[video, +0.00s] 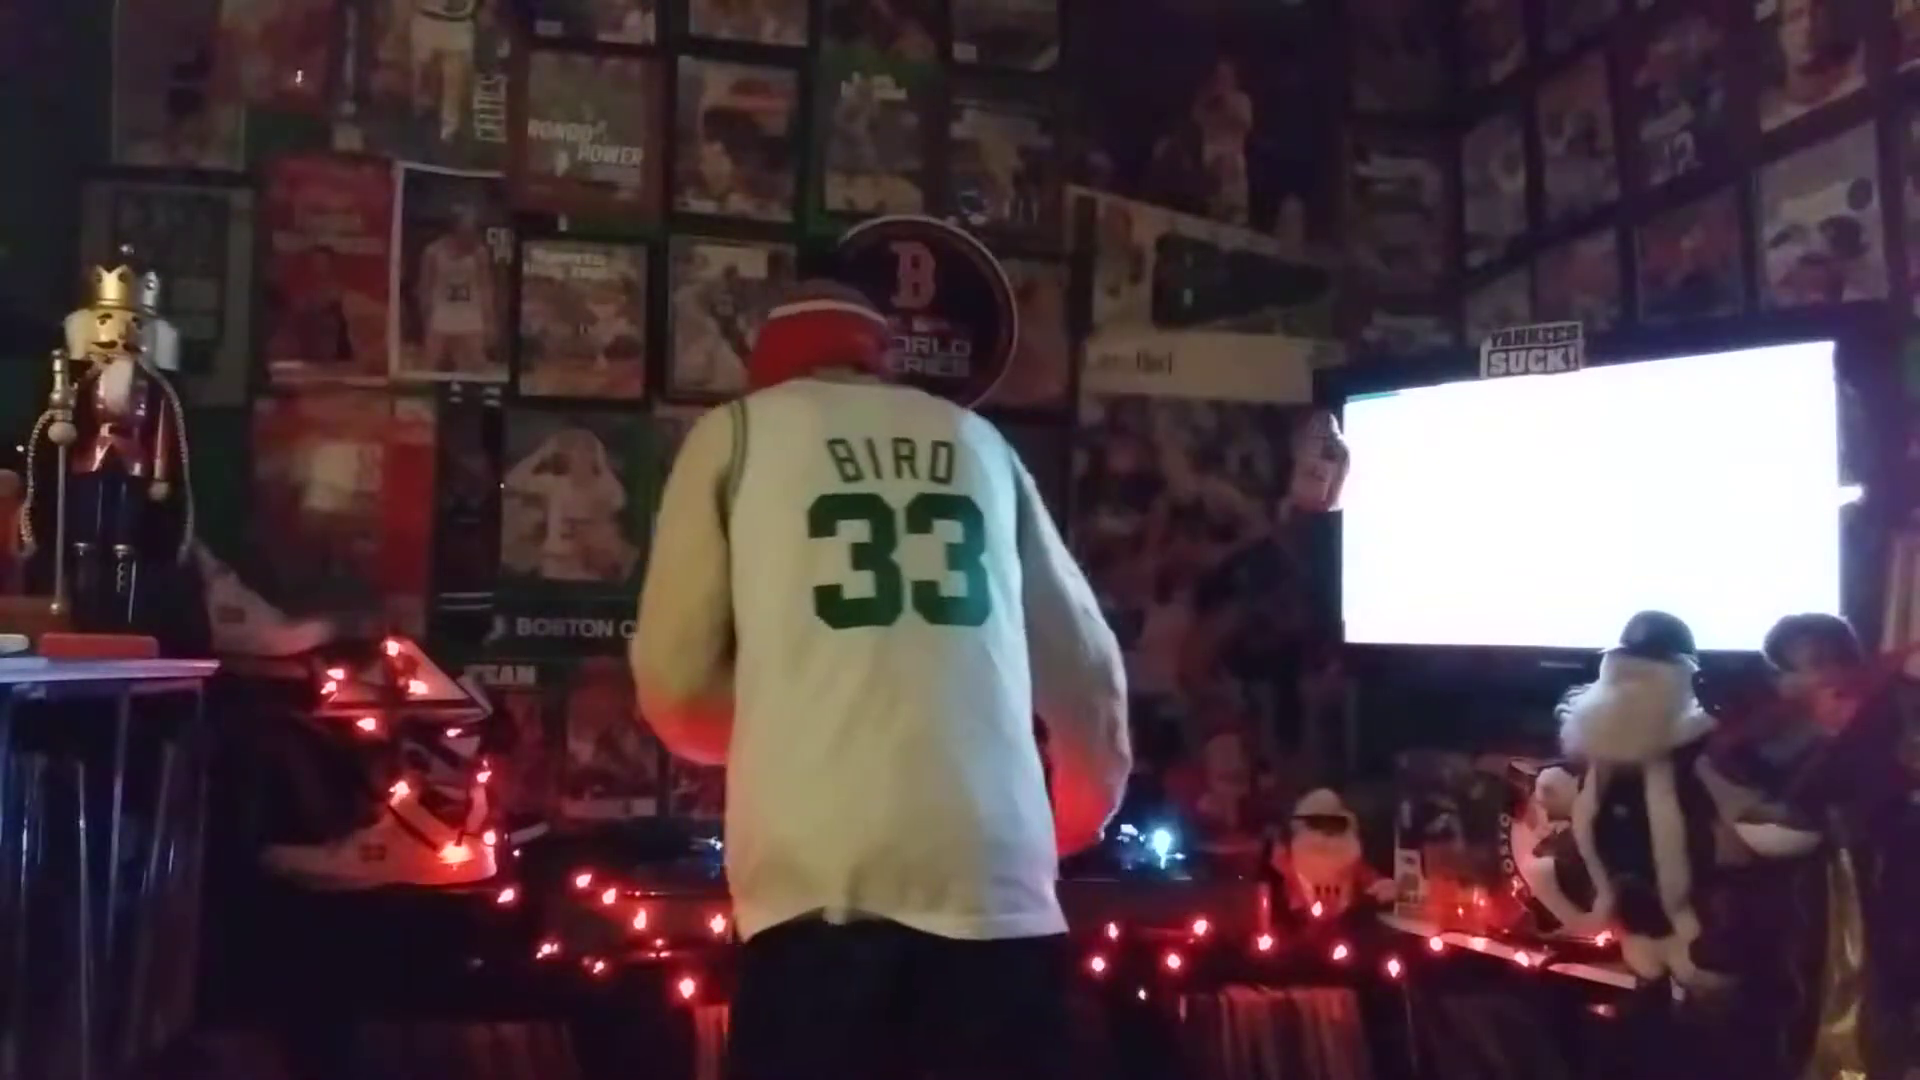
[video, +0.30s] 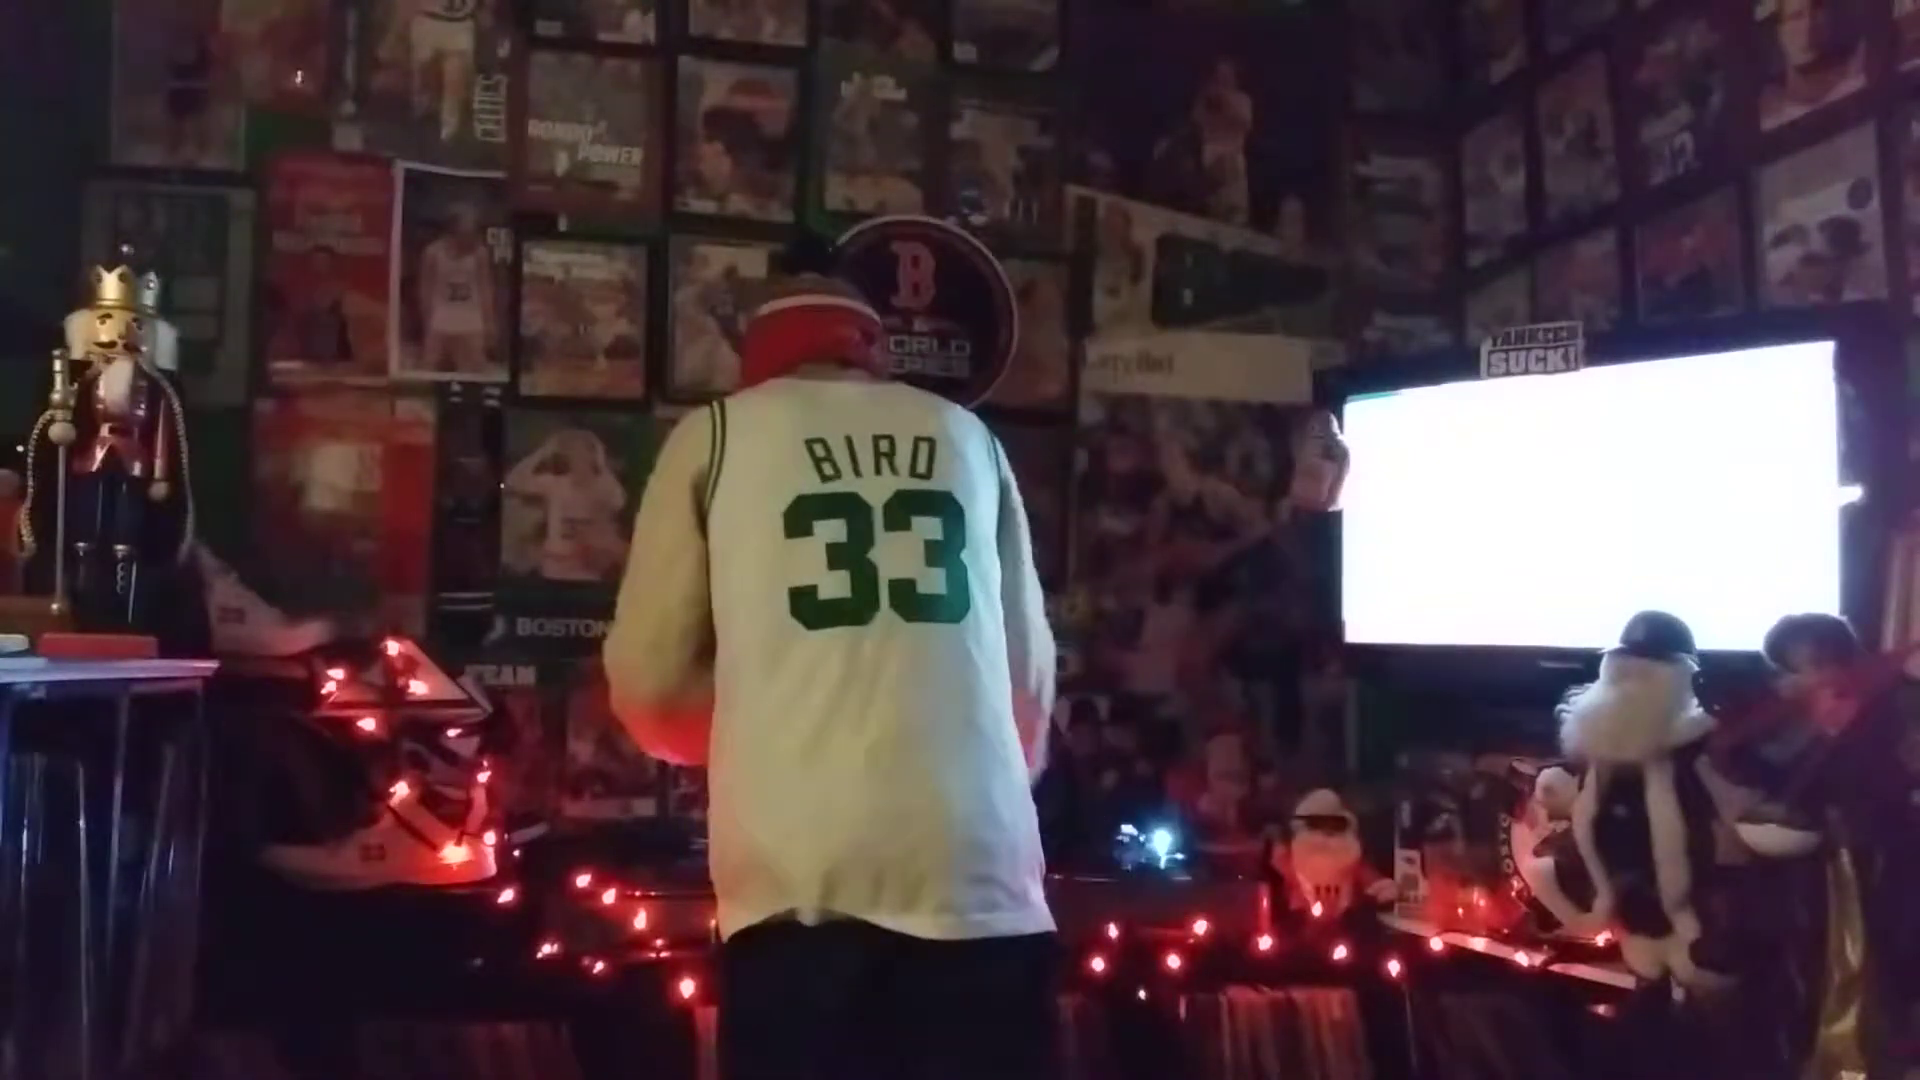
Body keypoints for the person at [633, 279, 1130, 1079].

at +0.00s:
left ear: (768, 361)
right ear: (879, 357)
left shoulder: (730, 435)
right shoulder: (984, 444)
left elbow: (674, 684)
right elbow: (1090, 678)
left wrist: (794, 731)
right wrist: (1052, 835)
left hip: (814, 901)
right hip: (998, 902)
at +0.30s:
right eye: (877, 341)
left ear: (756, 354)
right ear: (876, 350)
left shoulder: (711, 434)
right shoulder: (972, 439)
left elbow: (649, 687)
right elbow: (1029, 687)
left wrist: (772, 734)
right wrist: (975, 793)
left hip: (792, 890)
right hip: (981, 888)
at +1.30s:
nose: (940, 317)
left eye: (947, 302)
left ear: (960, 312)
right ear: (1074, 324)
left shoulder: (881, 421)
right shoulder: (1155, 429)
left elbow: (803, 672)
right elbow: (1228, 667)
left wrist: (907, 749)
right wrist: (1134, 781)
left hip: (912, 913)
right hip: (1103, 918)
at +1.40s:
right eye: (1099, 316)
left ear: (974, 320)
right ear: (1091, 326)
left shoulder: (902, 422)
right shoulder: (1173, 431)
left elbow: (821, 674)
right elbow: (1240, 674)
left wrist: (931, 750)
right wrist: (1151, 780)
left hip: (933, 899)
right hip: (1120, 904)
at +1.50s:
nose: (987, 323)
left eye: (990, 307)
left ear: (996, 314)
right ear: (1112, 327)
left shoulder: (919, 421)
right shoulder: (1191, 437)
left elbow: (844, 667)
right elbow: (1249, 675)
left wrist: (943, 753)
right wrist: (1157, 779)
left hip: (946, 893)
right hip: (1136, 901)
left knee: (924, 1063)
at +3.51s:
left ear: (825, 344)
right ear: (952, 360)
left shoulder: (736, 431)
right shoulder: (1010, 449)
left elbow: (665, 671)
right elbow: (1061, 690)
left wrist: (783, 761)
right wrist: (1016, 819)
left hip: (792, 904)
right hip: (985, 904)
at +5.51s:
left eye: (1012, 314)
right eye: (1152, 336)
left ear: (1022, 317)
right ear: (1144, 340)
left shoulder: (913, 418)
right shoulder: (1192, 448)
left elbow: (850, 662)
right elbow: (1232, 698)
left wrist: (961, 730)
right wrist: (1119, 763)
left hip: (940, 887)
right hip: (1134, 898)